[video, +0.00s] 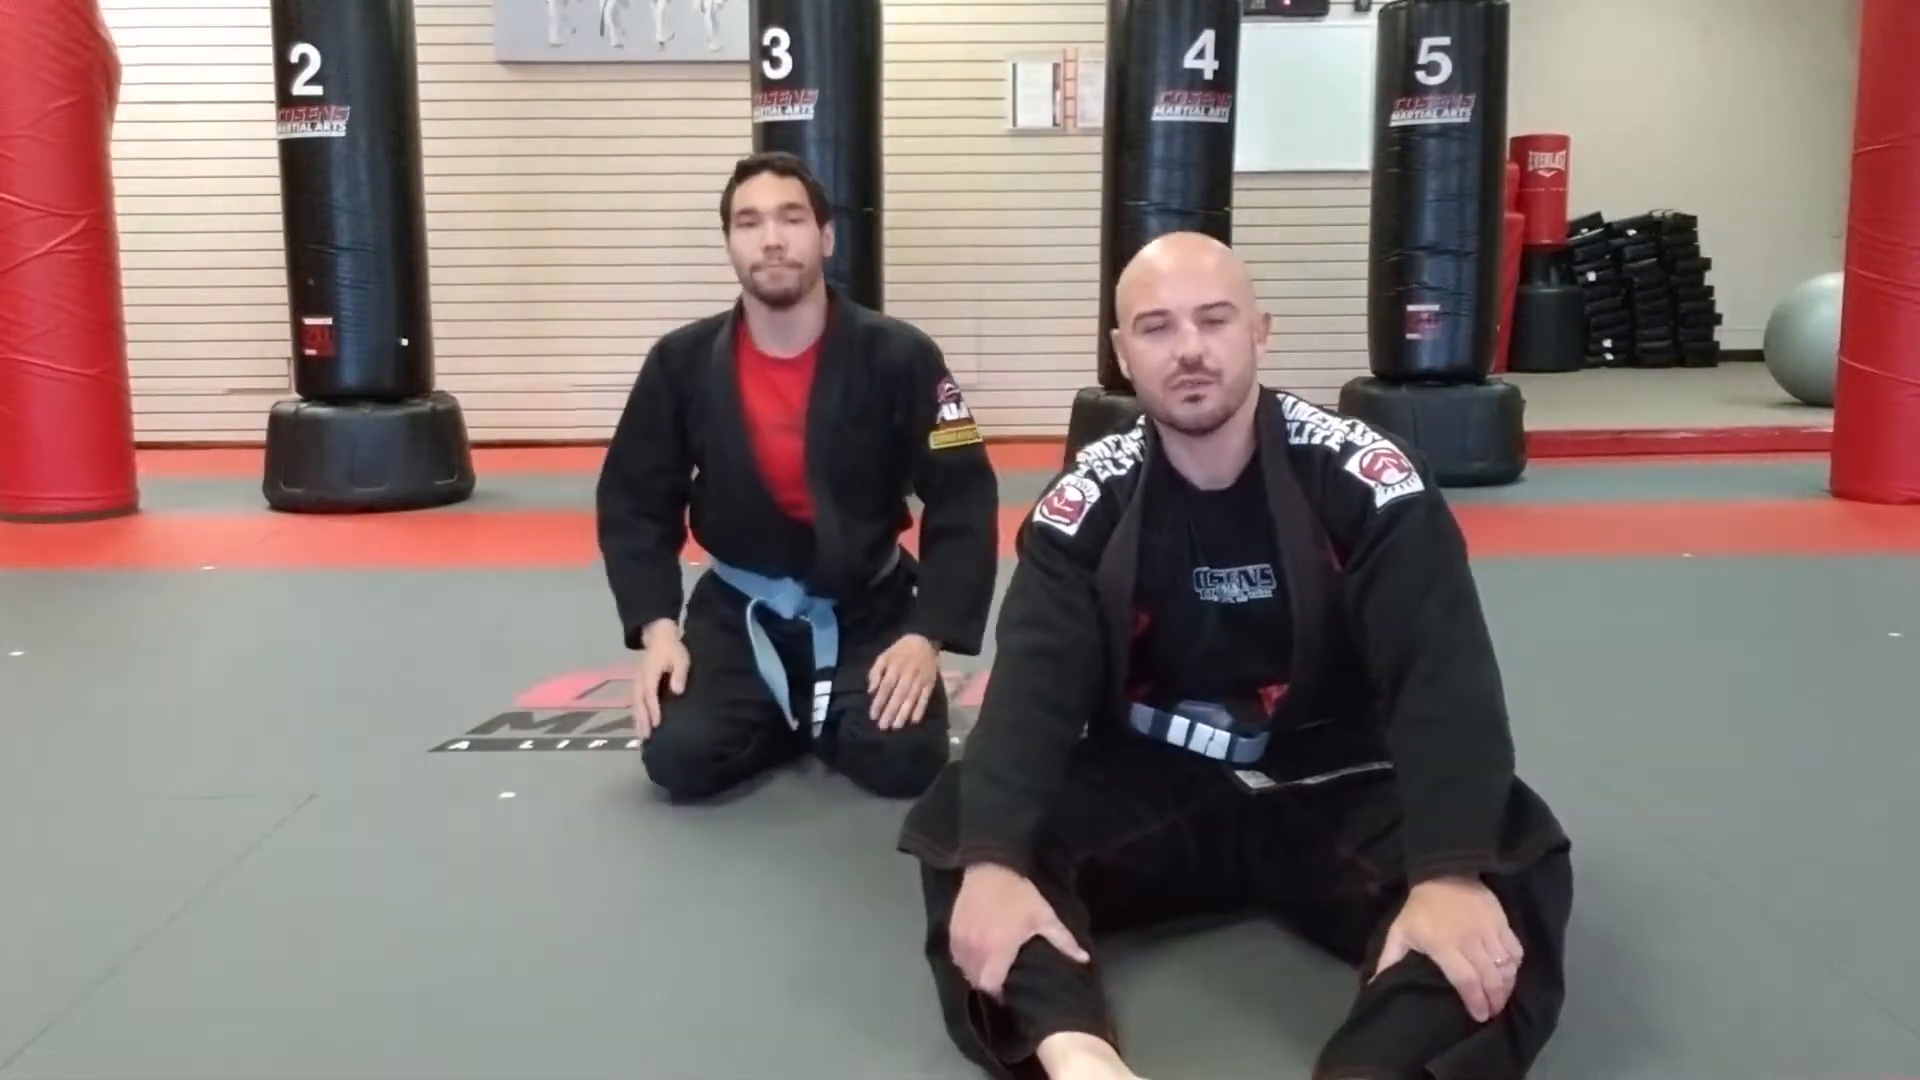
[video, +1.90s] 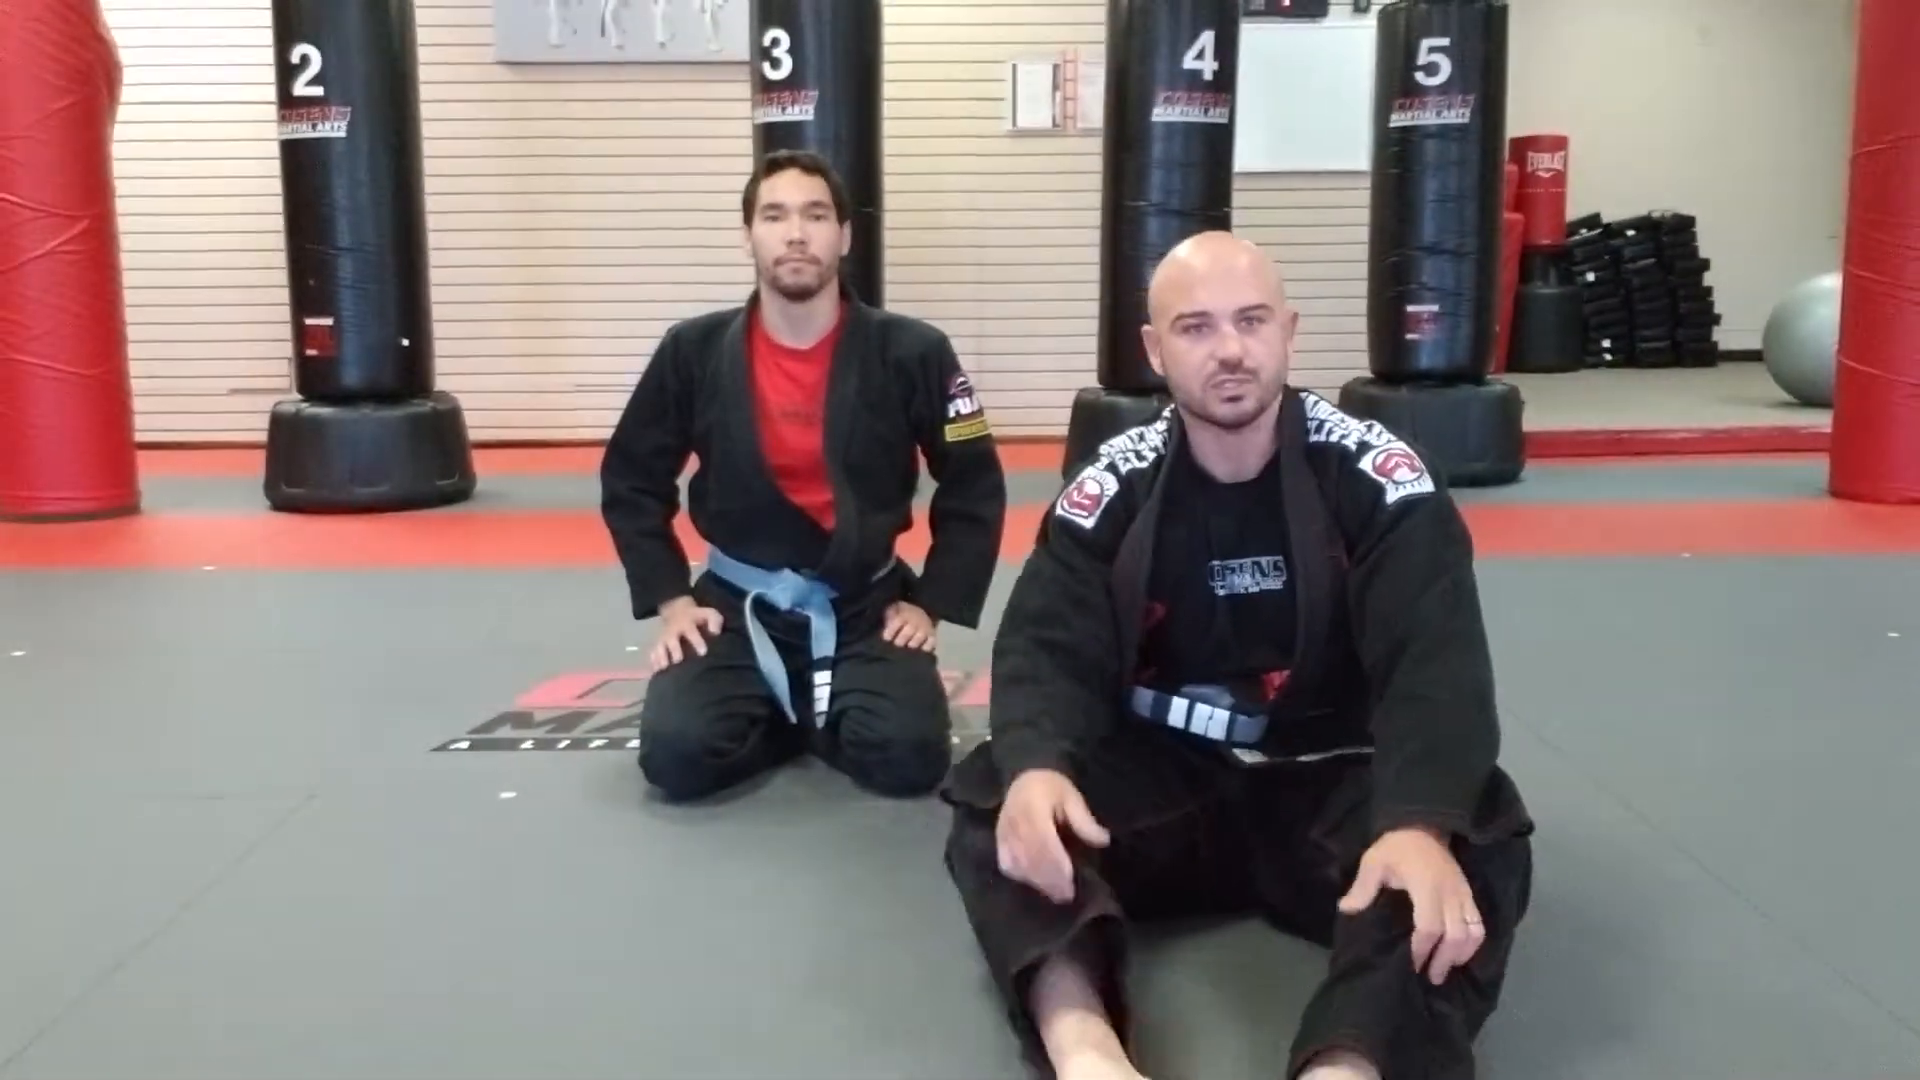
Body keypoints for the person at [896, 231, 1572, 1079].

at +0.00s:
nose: (1188, 349)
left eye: (1214, 320)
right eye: (1156, 328)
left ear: (1260, 334)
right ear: (1121, 352)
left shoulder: (1359, 471)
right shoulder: (1089, 497)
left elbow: (1443, 673)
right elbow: (1032, 688)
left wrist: (1449, 871)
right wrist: (989, 860)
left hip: (1337, 797)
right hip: (1149, 793)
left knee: (1511, 848)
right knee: (965, 825)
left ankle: (1371, 1063)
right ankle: (1082, 1062)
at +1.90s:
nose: (1230, 350)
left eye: (1253, 320)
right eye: (1198, 329)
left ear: (1289, 331)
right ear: (1155, 351)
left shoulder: (1374, 470)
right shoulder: (1116, 479)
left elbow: (1435, 659)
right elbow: (1047, 641)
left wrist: (1416, 823)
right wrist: (1033, 765)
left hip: (1330, 794)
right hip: (1151, 784)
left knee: (1466, 833)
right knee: (995, 791)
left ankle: (1346, 1064)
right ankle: (1084, 1052)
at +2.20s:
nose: (1243, 320)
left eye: (1268, 298)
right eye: (1212, 302)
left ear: (1305, 324)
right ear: (1172, 336)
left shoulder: (1389, 464)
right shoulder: (1121, 476)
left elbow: (1498, 633)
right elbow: (1026, 638)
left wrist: (1548, 808)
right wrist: (935, 751)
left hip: (1326, 772)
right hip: (1162, 766)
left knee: (1403, 769)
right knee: (1044, 741)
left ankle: (1304, 1058)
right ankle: (1116, 1046)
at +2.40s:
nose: (1228, 331)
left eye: (1250, 306)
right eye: (1198, 313)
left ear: (1288, 322)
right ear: (1160, 341)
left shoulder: (1380, 464)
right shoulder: (1113, 471)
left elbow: (1493, 659)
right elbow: (1007, 626)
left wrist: (1534, 865)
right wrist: (931, 779)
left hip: (1341, 769)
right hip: (1172, 762)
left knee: (1318, 738)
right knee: (1045, 704)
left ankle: (1260, 1047)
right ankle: (1055, 1012)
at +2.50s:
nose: (1210, 350)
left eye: (1229, 321)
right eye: (1177, 332)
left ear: (1266, 322)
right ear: (1142, 352)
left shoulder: (1362, 453)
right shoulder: (1102, 467)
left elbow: (1491, 631)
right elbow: (986, 612)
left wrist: (1499, 854)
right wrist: (927, 777)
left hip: (1345, 777)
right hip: (1163, 768)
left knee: (1265, 723)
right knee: (1028, 716)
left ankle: (1202, 1029)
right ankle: (984, 996)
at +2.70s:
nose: (1138, 384)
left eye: (1158, 347)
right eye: (1105, 364)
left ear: (1205, 334)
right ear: (1076, 374)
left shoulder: (1308, 455)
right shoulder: (1044, 475)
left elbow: (1446, 637)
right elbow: (943, 616)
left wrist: (1436, 861)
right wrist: (914, 804)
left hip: (1317, 784)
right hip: (1126, 765)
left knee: (1202, 726)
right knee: (978, 785)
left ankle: (1069, 1016)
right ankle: (849, 1015)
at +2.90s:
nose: (1079, 379)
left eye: (1101, 340)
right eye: (1044, 354)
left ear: (1153, 325)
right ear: (1011, 358)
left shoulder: (1272, 459)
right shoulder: (974, 477)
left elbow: (1394, 666)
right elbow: (926, 682)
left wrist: (1435, 870)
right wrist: (914, 883)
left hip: (1293, 785)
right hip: (1093, 774)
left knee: (1199, 700)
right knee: (905, 792)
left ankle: (1044, 1041)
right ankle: (810, 1037)